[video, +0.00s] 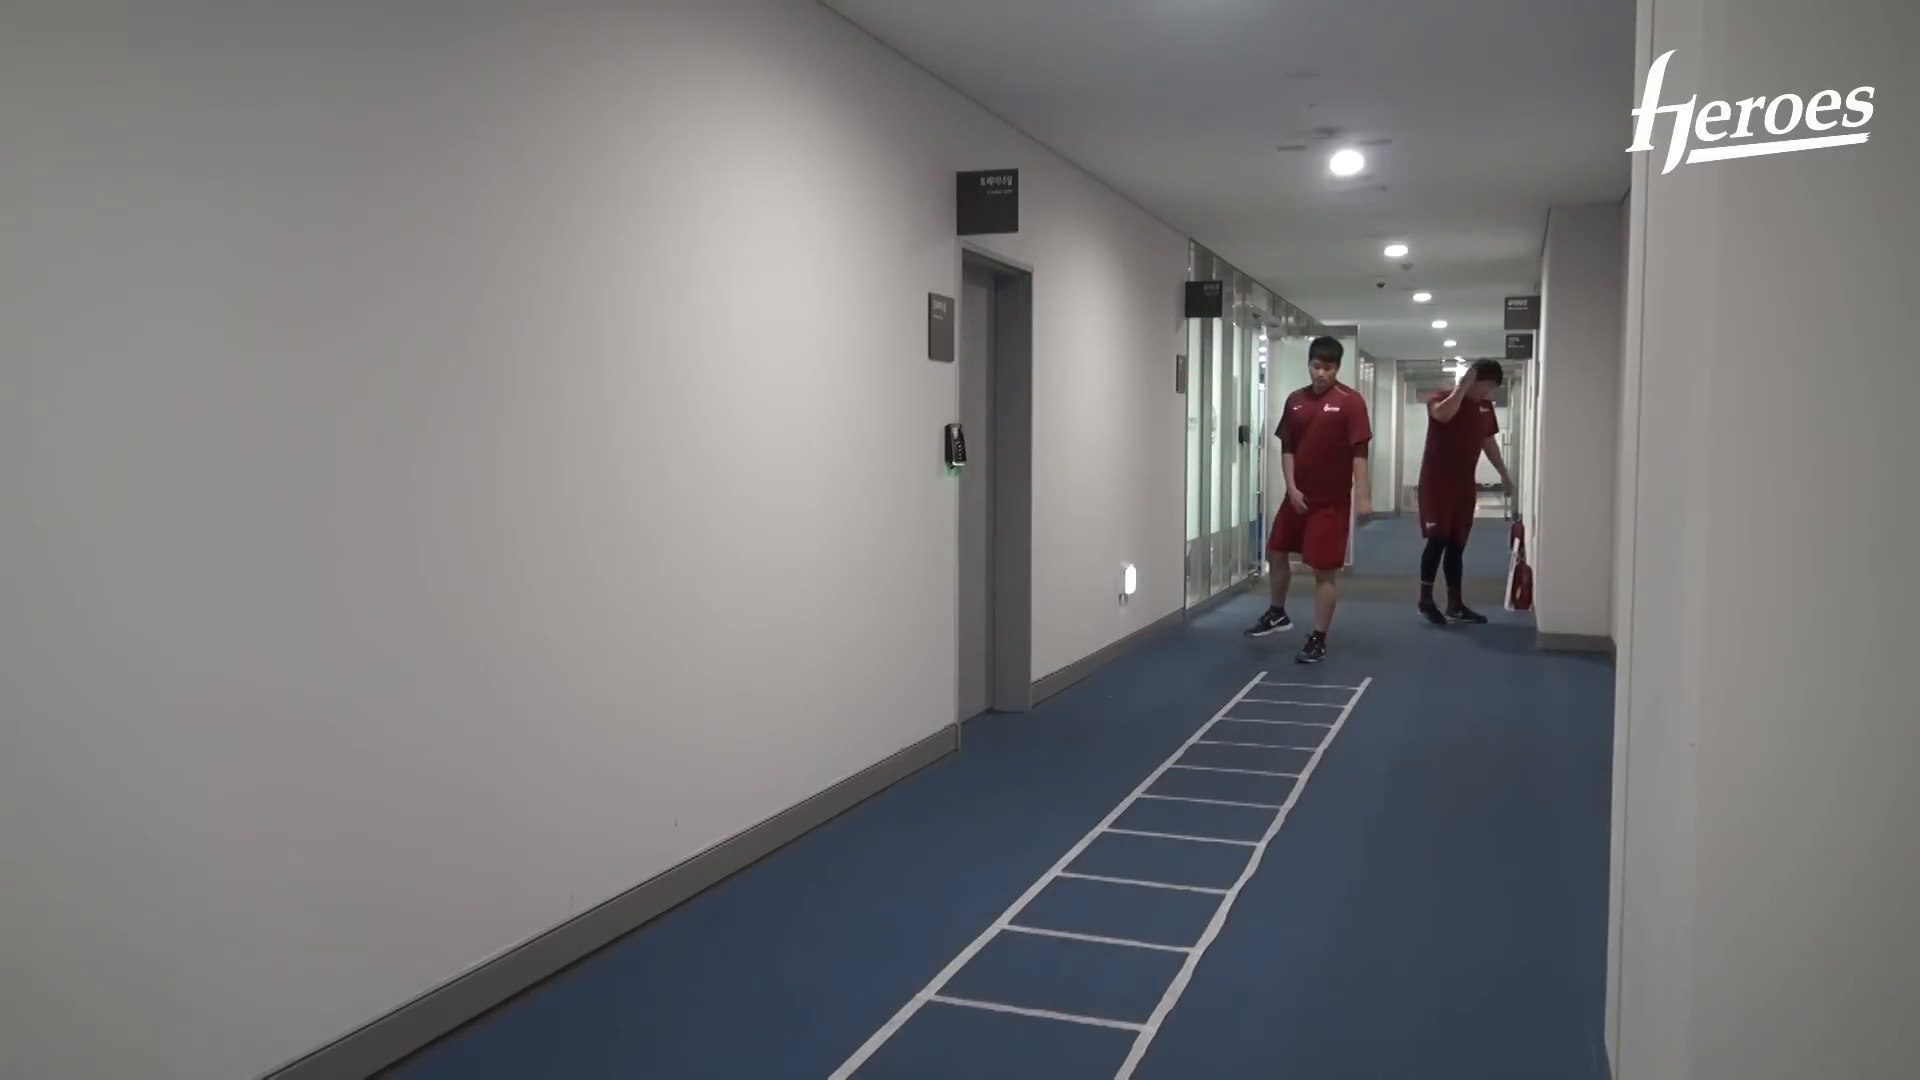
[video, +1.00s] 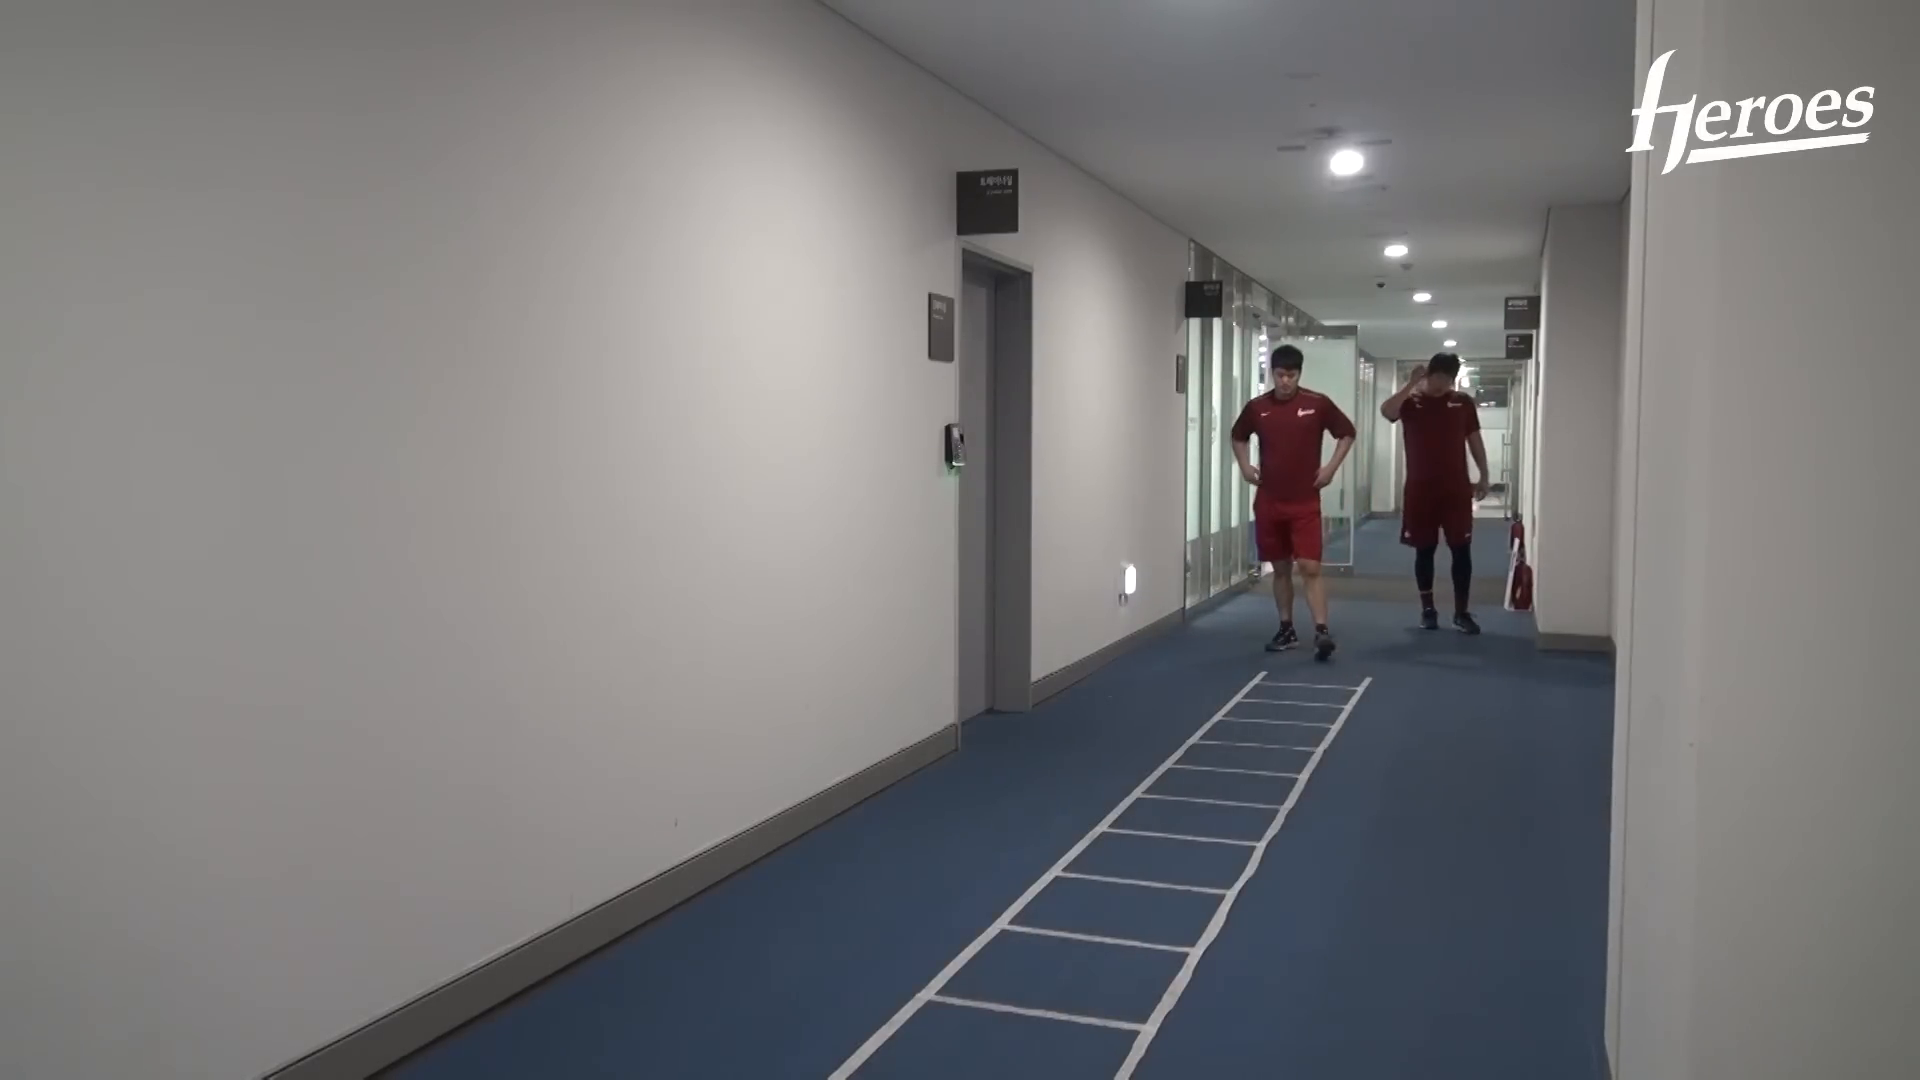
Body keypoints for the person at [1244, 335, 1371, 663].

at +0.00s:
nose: (1320, 373)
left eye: (1327, 367)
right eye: (1316, 366)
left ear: (1338, 368)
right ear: (1308, 365)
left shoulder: (1352, 402)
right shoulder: (1295, 401)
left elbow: (1359, 453)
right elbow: (1287, 448)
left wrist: (1362, 496)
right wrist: (1291, 487)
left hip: (1333, 502)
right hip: (1298, 496)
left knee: (1324, 571)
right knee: (1276, 552)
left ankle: (1318, 638)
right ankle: (1277, 611)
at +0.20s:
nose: (1322, 374)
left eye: (1329, 369)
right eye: (1317, 367)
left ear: (1339, 371)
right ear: (1310, 367)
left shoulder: (1354, 404)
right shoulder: (1291, 401)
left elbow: (1374, 449)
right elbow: (1281, 447)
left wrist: (1385, 491)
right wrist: (1290, 486)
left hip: (1328, 501)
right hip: (1292, 494)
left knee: (1320, 570)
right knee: (1270, 553)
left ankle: (1318, 637)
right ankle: (1271, 612)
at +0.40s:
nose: (1320, 376)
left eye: (1327, 371)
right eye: (1315, 369)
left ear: (1336, 372)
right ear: (1307, 368)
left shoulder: (1350, 406)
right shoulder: (1286, 404)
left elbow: (1369, 450)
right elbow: (1270, 447)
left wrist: (1379, 492)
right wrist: (1282, 486)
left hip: (1323, 501)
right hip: (1285, 496)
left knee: (1317, 569)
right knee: (1272, 559)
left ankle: (1318, 637)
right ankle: (1277, 616)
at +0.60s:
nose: (1309, 378)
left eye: (1316, 373)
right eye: (1304, 372)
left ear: (1324, 375)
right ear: (1296, 372)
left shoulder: (1339, 409)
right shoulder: (1275, 407)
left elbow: (1359, 450)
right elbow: (1260, 446)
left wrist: (1354, 487)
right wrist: (1273, 481)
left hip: (1315, 506)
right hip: (1279, 503)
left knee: (1314, 572)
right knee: (1280, 569)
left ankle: (1318, 637)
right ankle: (1284, 626)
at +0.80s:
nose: (1295, 381)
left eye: (1301, 375)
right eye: (1290, 375)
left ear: (1309, 376)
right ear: (1281, 375)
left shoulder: (1326, 407)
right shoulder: (1263, 409)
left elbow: (1354, 437)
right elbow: (1243, 438)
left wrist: (1337, 471)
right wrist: (1248, 469)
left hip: (1309, 504)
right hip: (1273, 503)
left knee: (1309, 570)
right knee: (1282, 570)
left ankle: (1317, 636)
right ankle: (1286, 629)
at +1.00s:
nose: (1286, 380)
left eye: (1291, 374)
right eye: (1280, 374)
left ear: (1300, 375)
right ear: (1272, 374)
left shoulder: (1318, 404)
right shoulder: (1256, 407)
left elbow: (1347, 434)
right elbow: (1238, 436)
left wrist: (1330, 469)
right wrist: (1245, 466)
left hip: (1305, 502)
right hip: (1270, 502)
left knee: (1309, 567)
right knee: (1280, 568)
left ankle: (1322, 632)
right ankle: (1286, 629)